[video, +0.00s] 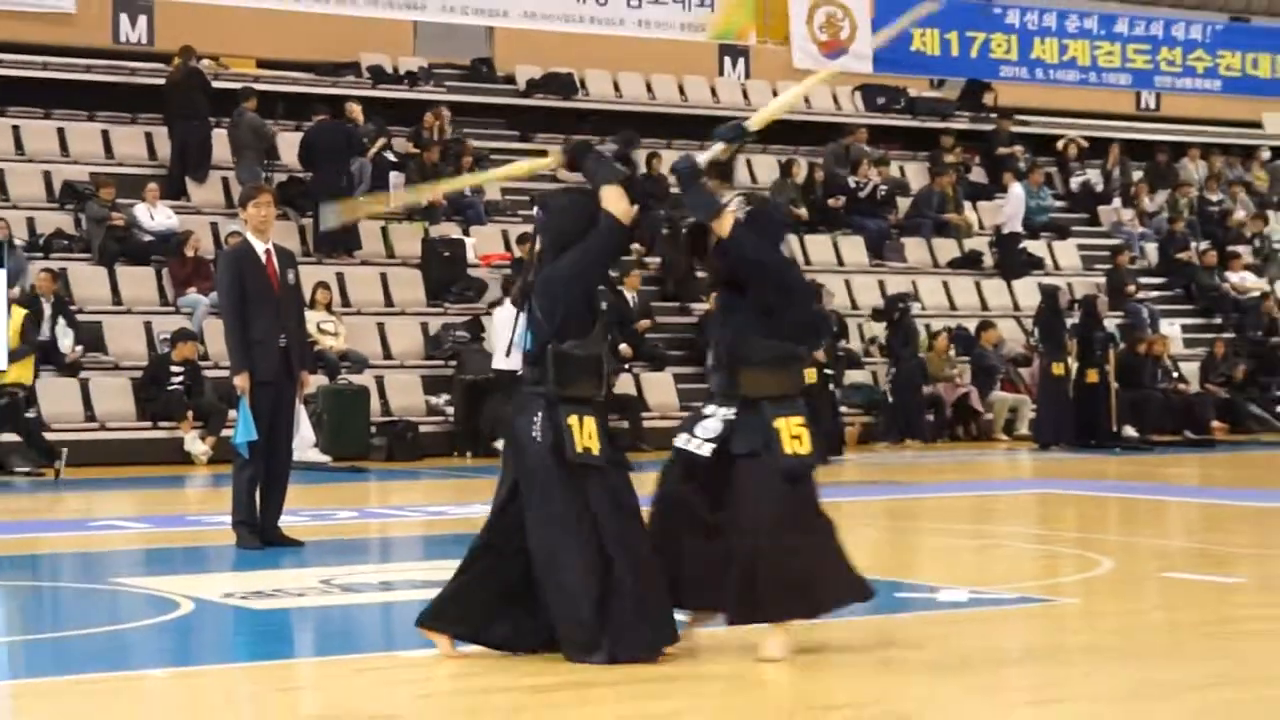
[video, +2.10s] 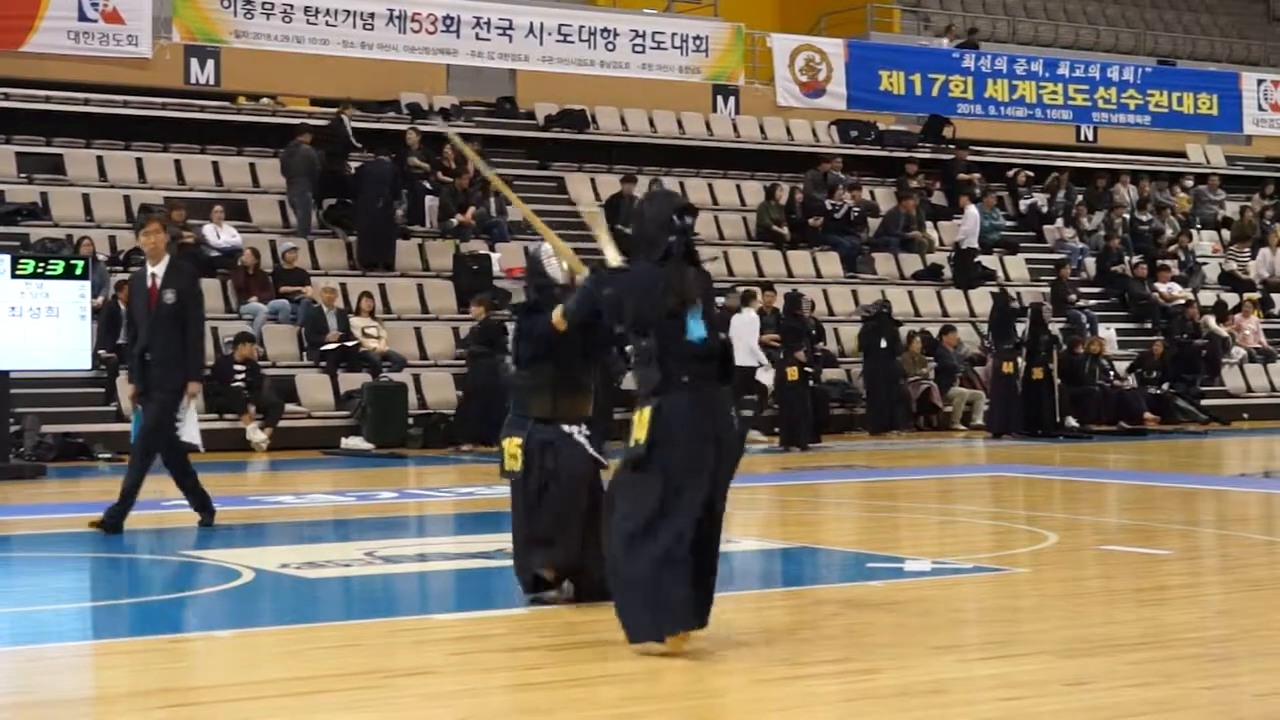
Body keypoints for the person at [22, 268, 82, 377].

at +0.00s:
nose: (41, 284)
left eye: (45, 281)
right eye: (39, 280)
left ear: (54, 285)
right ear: (35, 282)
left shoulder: (60, 302)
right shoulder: (28, 302)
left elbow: (73, 325)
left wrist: (77, 346)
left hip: (53, 344)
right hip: (33, 344)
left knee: (72, 367)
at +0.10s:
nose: (55, 286)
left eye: (59, 283)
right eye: (54, 282)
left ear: (68, 287)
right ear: (50, 284)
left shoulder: (73, 303)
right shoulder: (43, 302)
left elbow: (89, 326)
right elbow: (36, 326)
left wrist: (91, 348)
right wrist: (35, 348)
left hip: (65, 346)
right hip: (44, 346)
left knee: (86, 365)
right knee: (47, 364)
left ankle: (78, 403)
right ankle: (45, 403)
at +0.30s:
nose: (72, 287)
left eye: (76, 284)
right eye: (71, 283)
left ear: (85, 288)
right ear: (68, 285)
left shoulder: (90, 303)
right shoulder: (61, 303)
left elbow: (105, 326)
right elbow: (53, 327)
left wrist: (107, 348)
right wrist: (53, 349)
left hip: (83, 346)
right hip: (63, 346)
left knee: (103, 365)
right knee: (64, 363)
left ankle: (97, 402)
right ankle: (62, 401)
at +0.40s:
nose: (83, 288)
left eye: (88, 285)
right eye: (82, 285)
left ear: (96, 289)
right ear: (80, 287)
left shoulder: (102, 304)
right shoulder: (73, 304)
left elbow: (116, 326)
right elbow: (66, 328)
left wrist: (119, 348)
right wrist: (67, 349)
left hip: (94, 346)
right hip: (74, 346)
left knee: (114, 363)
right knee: (76, 362)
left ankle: (106, 399)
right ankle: (75, 400)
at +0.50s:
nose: (101, 291)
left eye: (105, 288)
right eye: (99, 288)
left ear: (113, 292)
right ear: (96, 290)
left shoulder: (118, 306)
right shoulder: (91, 306)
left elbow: (132, 326)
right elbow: (84, 328)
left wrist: (135, 349)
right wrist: (83, 348)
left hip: (112, 345)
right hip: (94, 345)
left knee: (130, 364)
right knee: (93, 364)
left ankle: (124, 399)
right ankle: (93, 399)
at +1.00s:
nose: (121, 295)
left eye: (124, 291)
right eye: (118, 291)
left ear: (129, 294)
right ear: (112, 293)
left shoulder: (132, 308)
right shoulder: (104, 308)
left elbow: (145, 329)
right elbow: (97, 330)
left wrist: (148, 350)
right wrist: (97, 351)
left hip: (124, 347)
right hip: (106, 348)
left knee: (143, 365)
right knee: (108, 363)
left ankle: (138, 399)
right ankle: (106, 399)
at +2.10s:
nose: (128, 293)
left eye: (129, 290)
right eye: (126, 290)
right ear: (119, 292)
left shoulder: (132, 307)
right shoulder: (110, 306)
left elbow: (135, 327)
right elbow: (104, 328)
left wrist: (135, 343)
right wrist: (103, 347)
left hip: (129, 345)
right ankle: (109, 401)